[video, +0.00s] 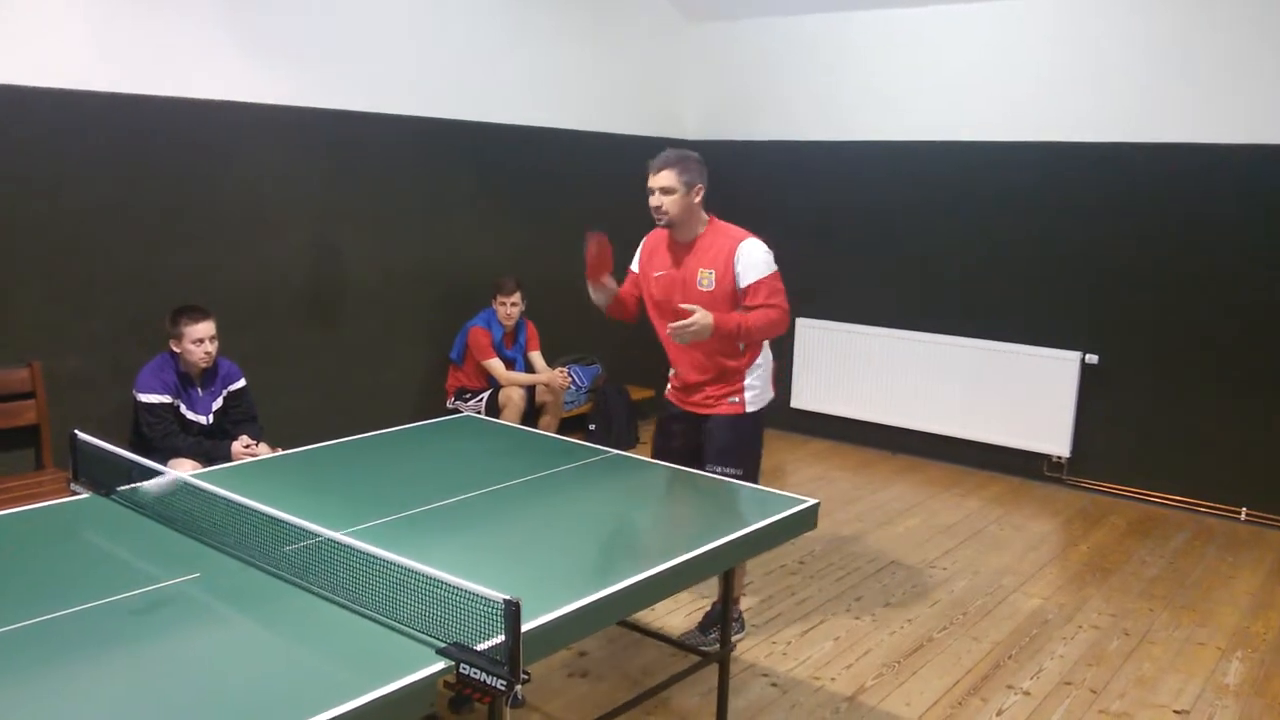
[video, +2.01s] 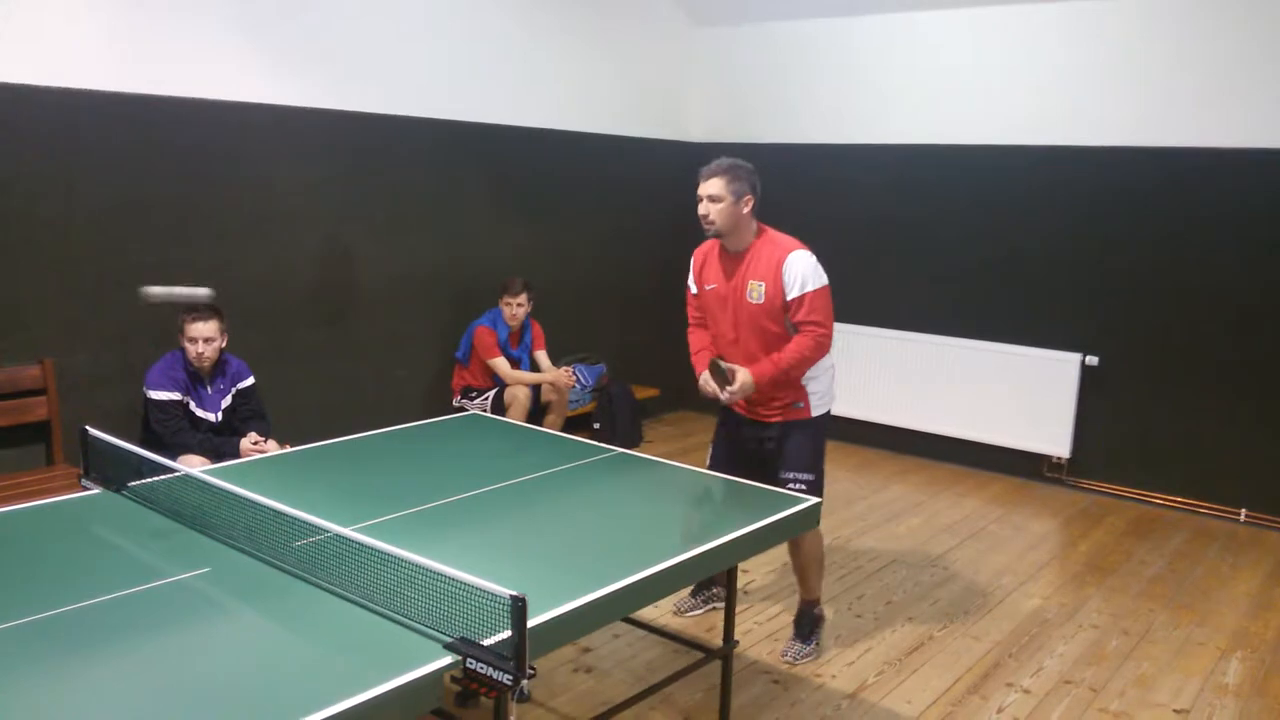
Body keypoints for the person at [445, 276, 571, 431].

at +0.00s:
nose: (508, 311)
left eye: (514, 305)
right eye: (502, 304)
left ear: (523, 306)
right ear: (494, 304)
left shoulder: (527, 328)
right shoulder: (478, 331)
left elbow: (542, 369)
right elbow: (503, 378)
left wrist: (556, 377)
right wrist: (547, 379)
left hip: (501, 391)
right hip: (465, 397)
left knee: (554, 393)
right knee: (515, 395)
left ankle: (542, 453)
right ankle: (504, 454)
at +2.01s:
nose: (513, 311)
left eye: (520, 305)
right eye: (508, 305)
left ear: (529, 307)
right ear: (500, 304)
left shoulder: (533, 328)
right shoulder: (483, 330)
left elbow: (547, 368)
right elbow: (508, 377)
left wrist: (561, 376)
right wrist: (553, 377)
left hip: (505, 390)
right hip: (470, 397)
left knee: (559, 391)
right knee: (521, 394)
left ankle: (546, 451)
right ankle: (509, 451)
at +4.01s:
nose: (501, 318)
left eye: (507, 312)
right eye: (495, 312)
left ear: (517, 314)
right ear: (488, 312)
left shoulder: (521, 336)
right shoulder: (471, 338)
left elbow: (535, 376)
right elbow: (496, 386)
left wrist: (549, 385)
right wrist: (540, 386)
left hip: (494, 399)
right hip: (458, 405)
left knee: (548, 400)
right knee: (508, 402)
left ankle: (536, 461)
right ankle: (496, 461)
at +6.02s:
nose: (509, 319)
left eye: (515, 313)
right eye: (503, 313)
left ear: (524, 315)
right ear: (495, 312)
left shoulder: (527, 337)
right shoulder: (477, 339)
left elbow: (542, 378)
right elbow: (502, 386)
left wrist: (555, 385)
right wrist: (545, 386)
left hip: (501, 399)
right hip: (465, 406)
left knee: (554, 401)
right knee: (514, 403)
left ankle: (541, 463)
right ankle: (502, 462)